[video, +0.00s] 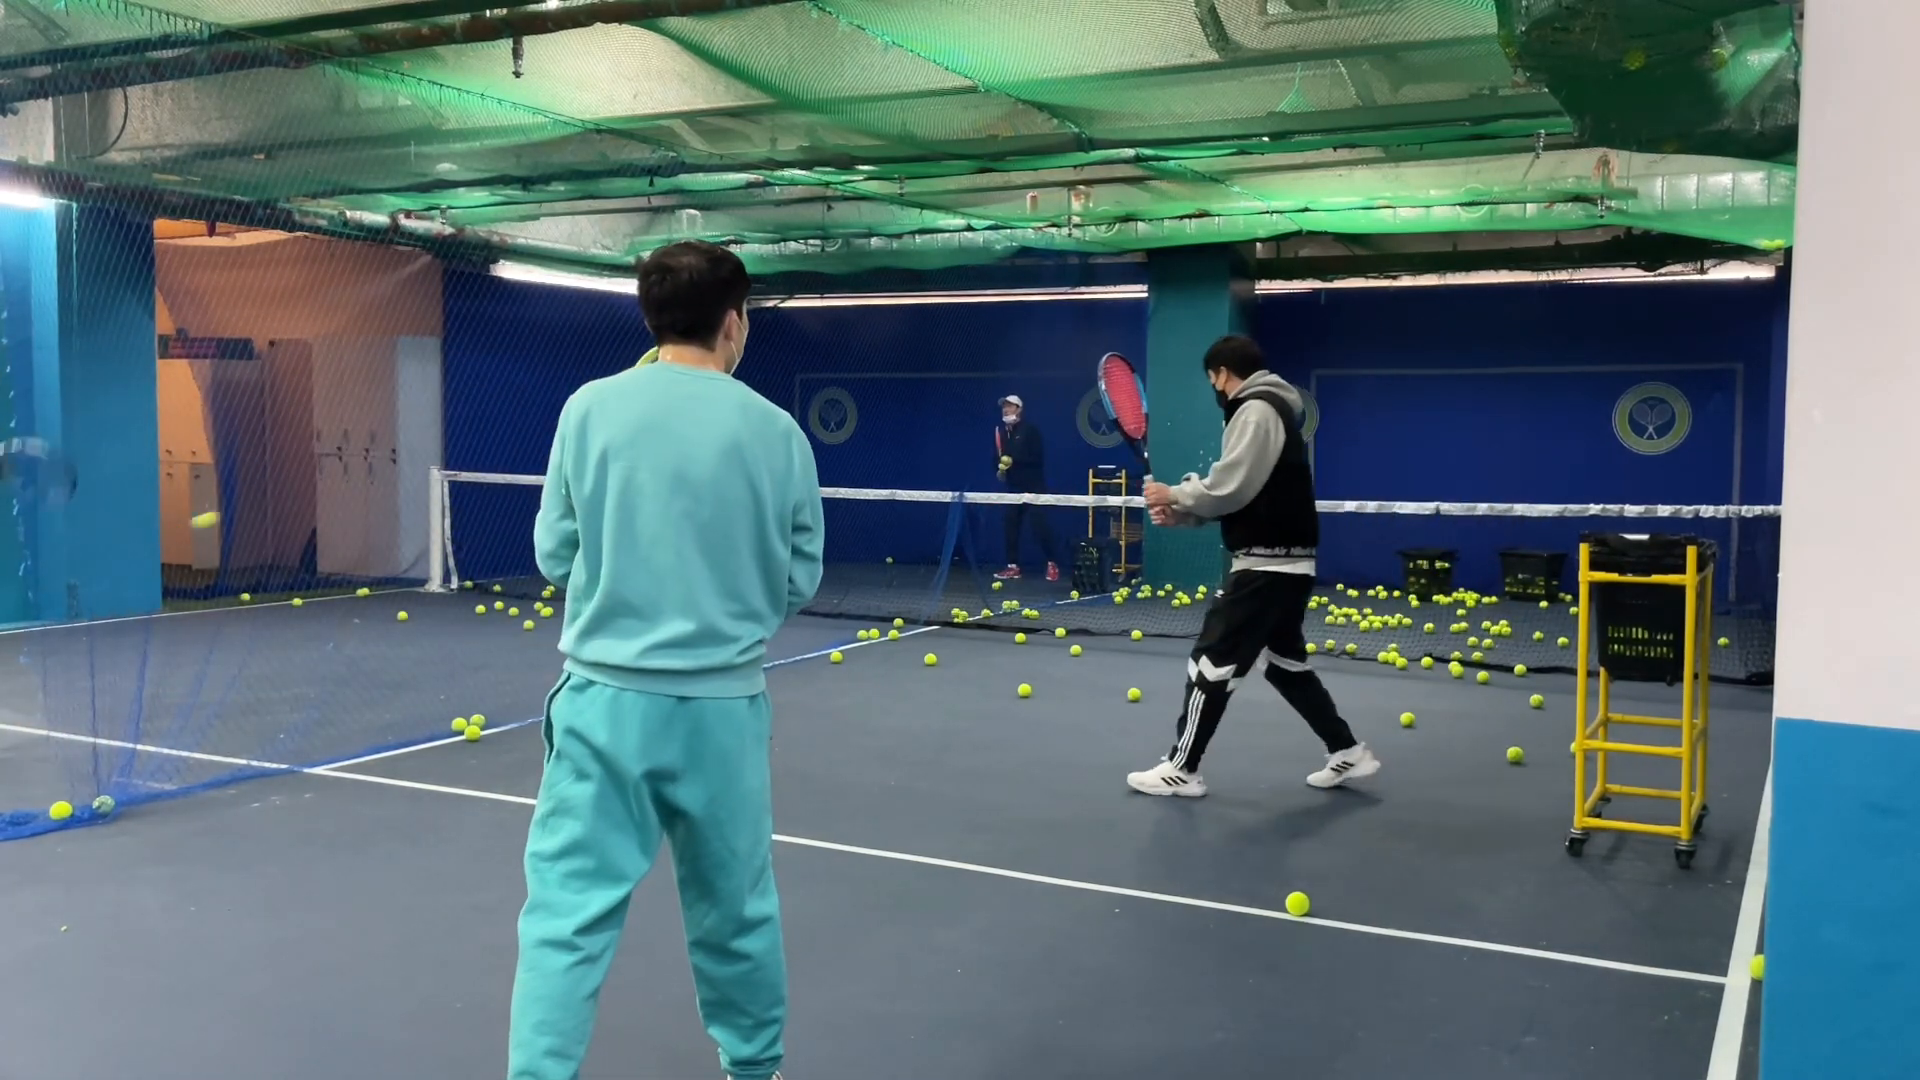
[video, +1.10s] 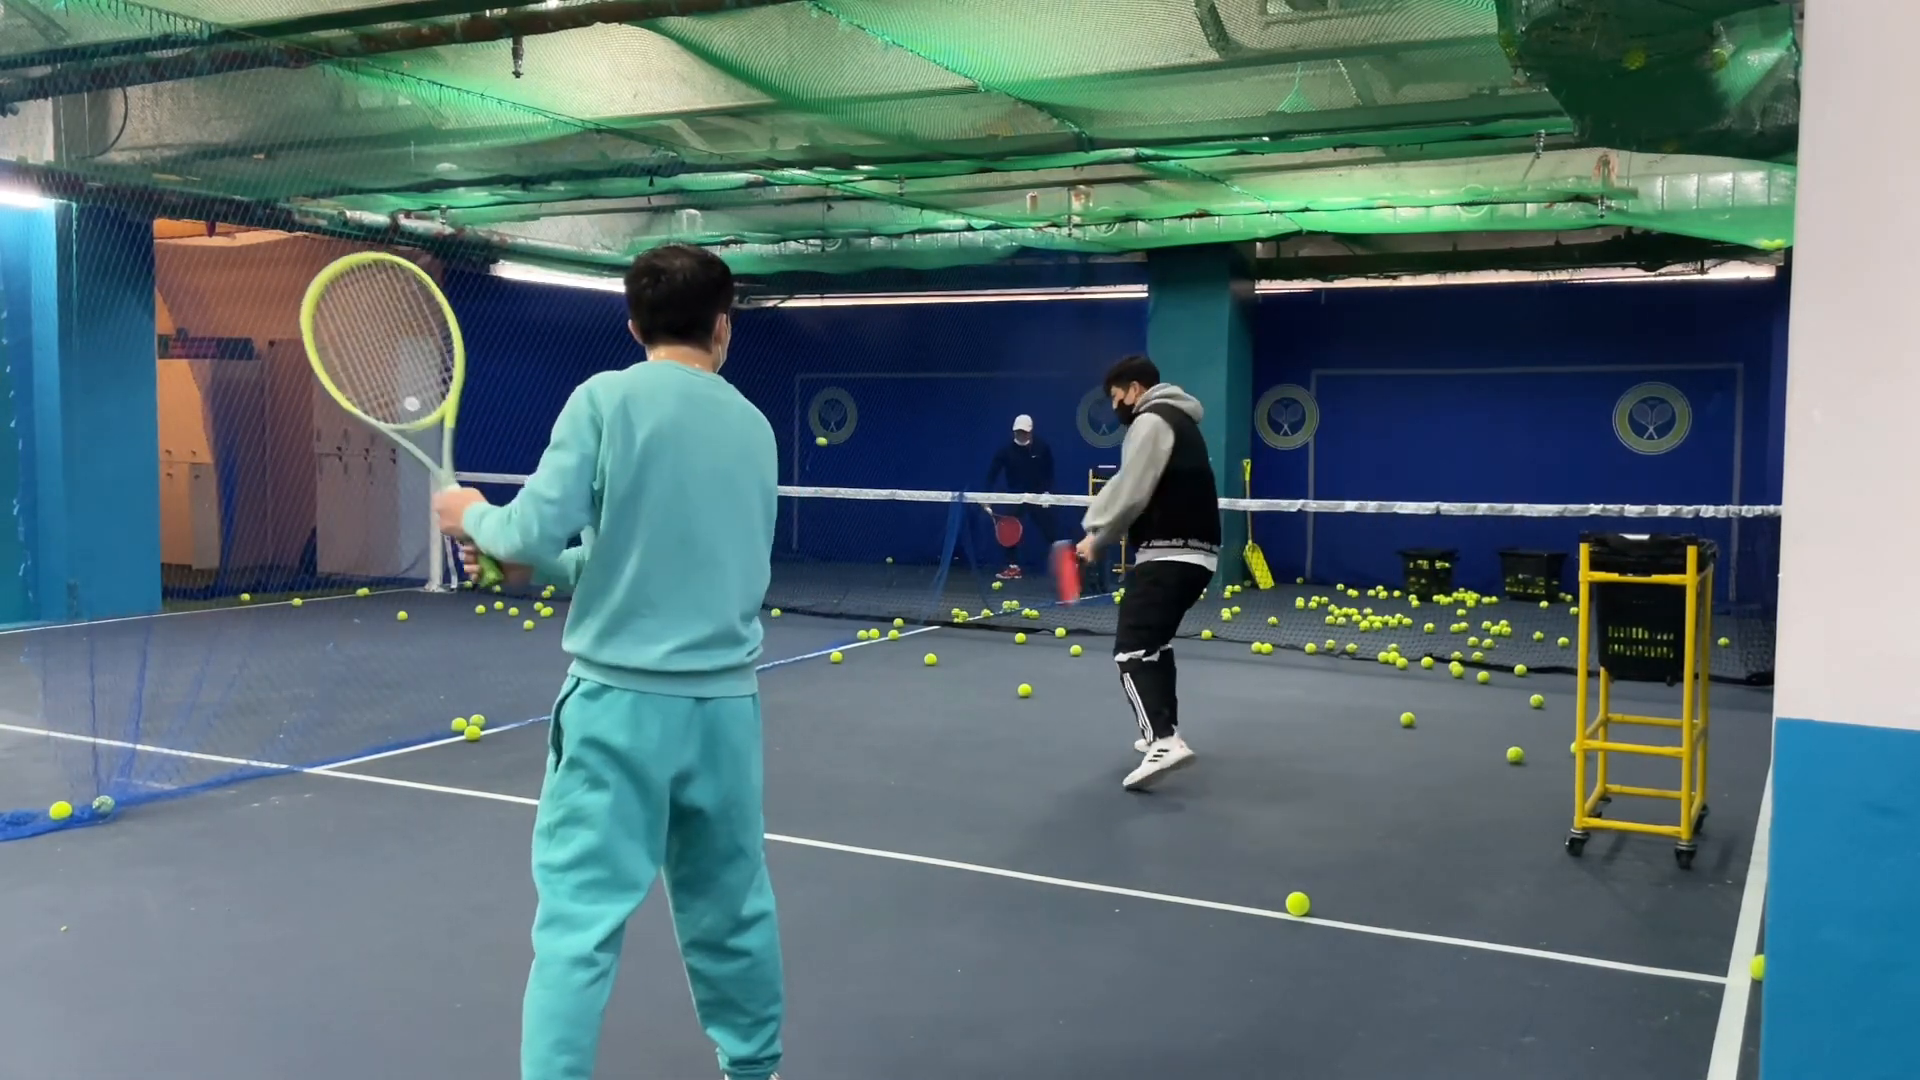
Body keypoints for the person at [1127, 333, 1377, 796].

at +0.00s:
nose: (1215, 390)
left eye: (1214, 381)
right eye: (1212, 383)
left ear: (1225, 374)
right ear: (1251, 369)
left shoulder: (1255, 410)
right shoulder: (1273, 408)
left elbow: (1231, 485)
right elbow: (1242, 493)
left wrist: (1178, 494)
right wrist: (1183, 509)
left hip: (1264, 566)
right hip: (1290, 565)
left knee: (1213, 665)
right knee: (1285, 666)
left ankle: (1182, 769)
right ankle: (1348, 752)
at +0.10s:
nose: (1190, 395)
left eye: (1189, 386)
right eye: (1188, 387)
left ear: (1200, 380)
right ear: (1225, 374)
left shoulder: (1235, 414)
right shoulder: (1243, 411)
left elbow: (1208, 485)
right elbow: (1213, 499)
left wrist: (1151, 491)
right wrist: (1157, 512)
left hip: (1245, 568)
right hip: (1259, 568)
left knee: (1182, 658)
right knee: (1236, 660)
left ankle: (1179, 770)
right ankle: (1316, 734)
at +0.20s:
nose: (1171, 401)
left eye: (1168, 392)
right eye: (1167, 394)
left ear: (1180, 383)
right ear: (1200, 378)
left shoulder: (1219, 414)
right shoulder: (1219, 414)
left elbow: (1191, 482)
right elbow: (1191, 496)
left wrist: (1132, 485)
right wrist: (1134, 506)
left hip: (1230, 566)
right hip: (1240, 565)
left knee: (1168, 658)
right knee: (1206, 656)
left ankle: (1180, 770)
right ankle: (1274, 732)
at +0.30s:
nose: (1154, 401)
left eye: (1152, 392)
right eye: (1151, 395)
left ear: (1163, 382)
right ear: (1180, 377)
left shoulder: (1205, 409)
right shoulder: (1197, 414)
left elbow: (1182, 471)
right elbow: (1170, 497)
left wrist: (1120, 476)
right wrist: (1119, 501)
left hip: (1222, 559)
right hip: (1218, 558)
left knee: (1162, 655)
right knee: (1185, 649)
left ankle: (1179, 770)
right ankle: (1229, 742)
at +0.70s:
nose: (1112, 406)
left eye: (1109, 398)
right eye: (1109, 400)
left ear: (1121, 388)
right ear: (1131, 385)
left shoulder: (1184, 405)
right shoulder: (1140, 432)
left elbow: (1181, 457)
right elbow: (1114, 495)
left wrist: (1126, 450)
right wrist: (1105, 472)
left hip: (1199, 551)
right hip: (1174, 553)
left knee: (1157, 658)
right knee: (1147, 651)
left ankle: (1180, 769)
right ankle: (1170, 734)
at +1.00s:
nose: (1110, 415)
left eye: (1111, 405)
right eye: (1108, 408)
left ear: (1129, 395)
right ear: (1131, 398)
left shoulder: (1173, 417)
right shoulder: (1137, 437)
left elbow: (1189, 482)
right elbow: (1114, 474)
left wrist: (1132, 501)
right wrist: (1104, 496)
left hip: (1183, 554)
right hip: (1160, 555)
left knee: (1135, 652)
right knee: (1133, 649)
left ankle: (1172, 751)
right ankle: (1162, 735)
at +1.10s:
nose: (1118, 407)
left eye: (1118, 398)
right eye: (1115, 400)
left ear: (1135, 388)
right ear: (1147, 385)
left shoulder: (1152, 420)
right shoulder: (1176, 417)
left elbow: (1132, 487)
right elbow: (1142, 489)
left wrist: (1095, 534)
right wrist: (1101, 532)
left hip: (1168, 557)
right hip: (1192, 557)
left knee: (1132, 649)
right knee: (1155, 646)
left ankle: (1163, 742)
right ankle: (1163, 733)